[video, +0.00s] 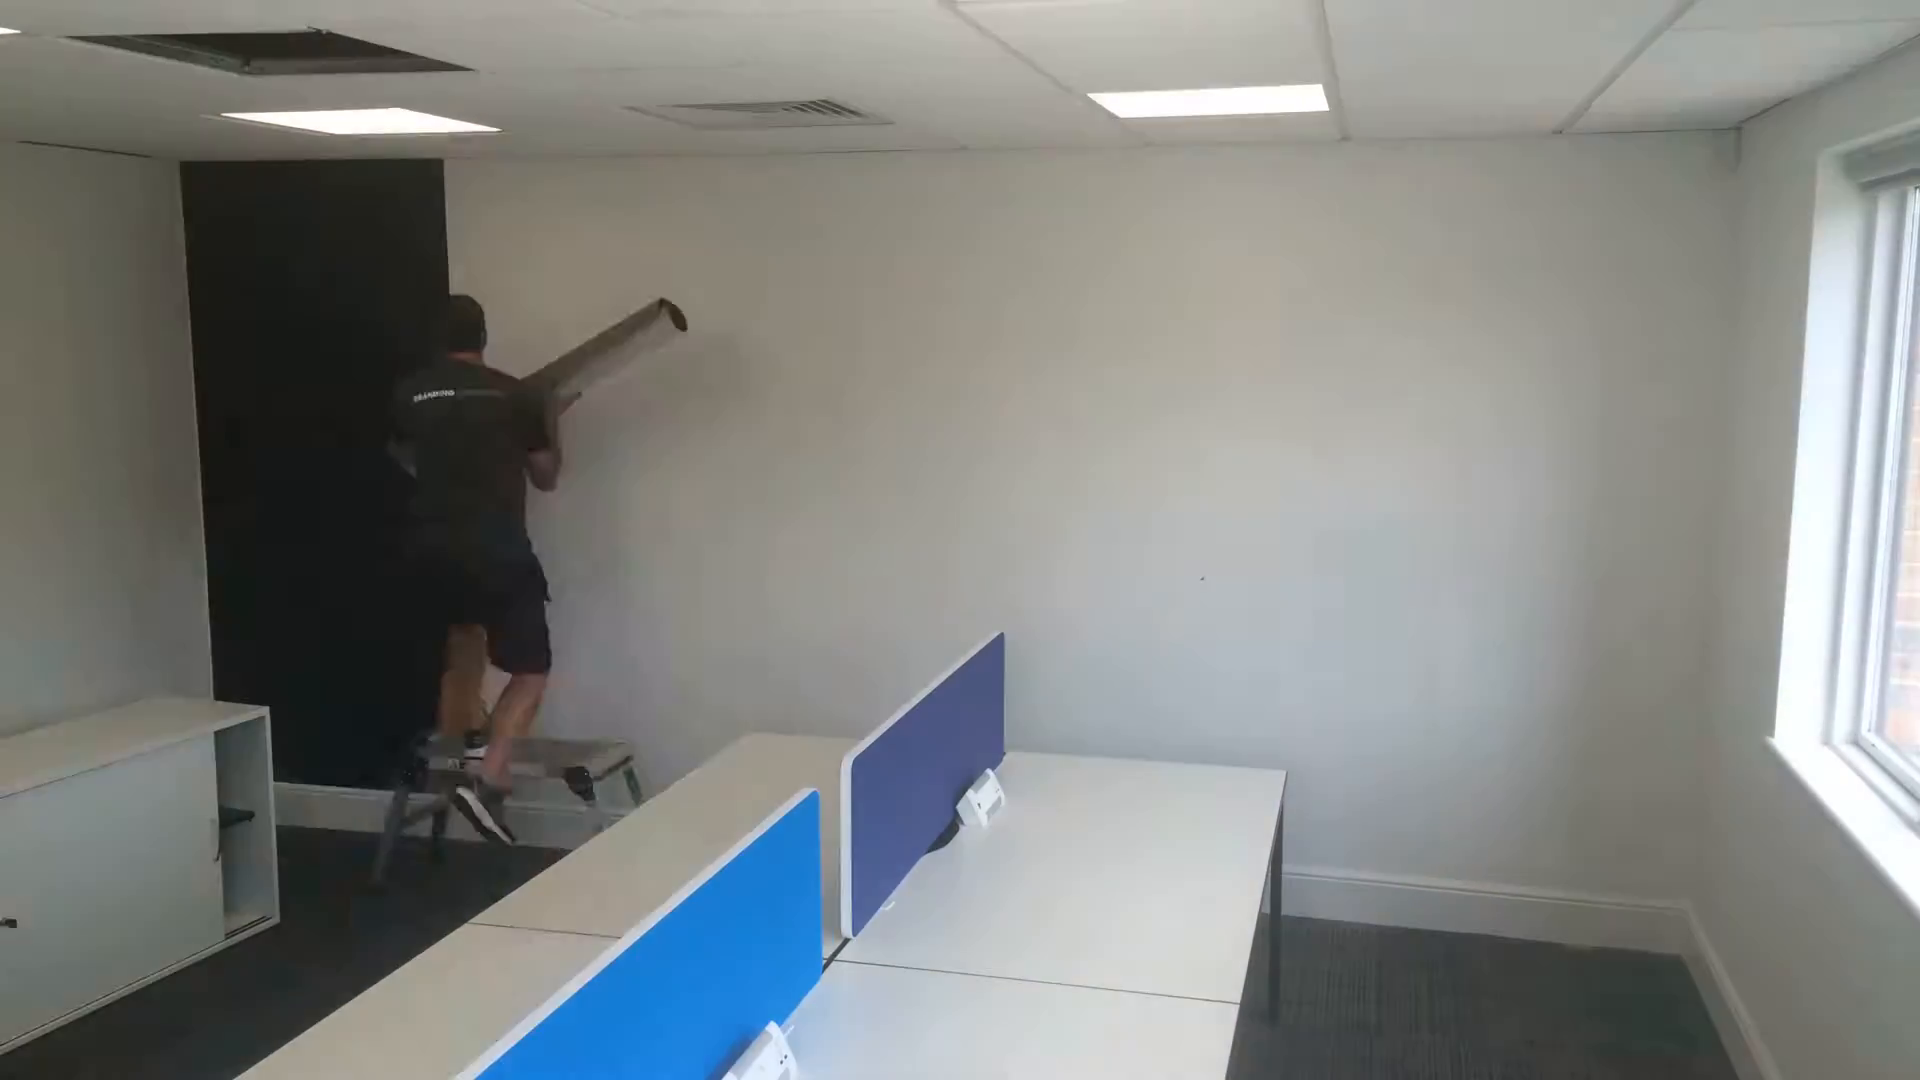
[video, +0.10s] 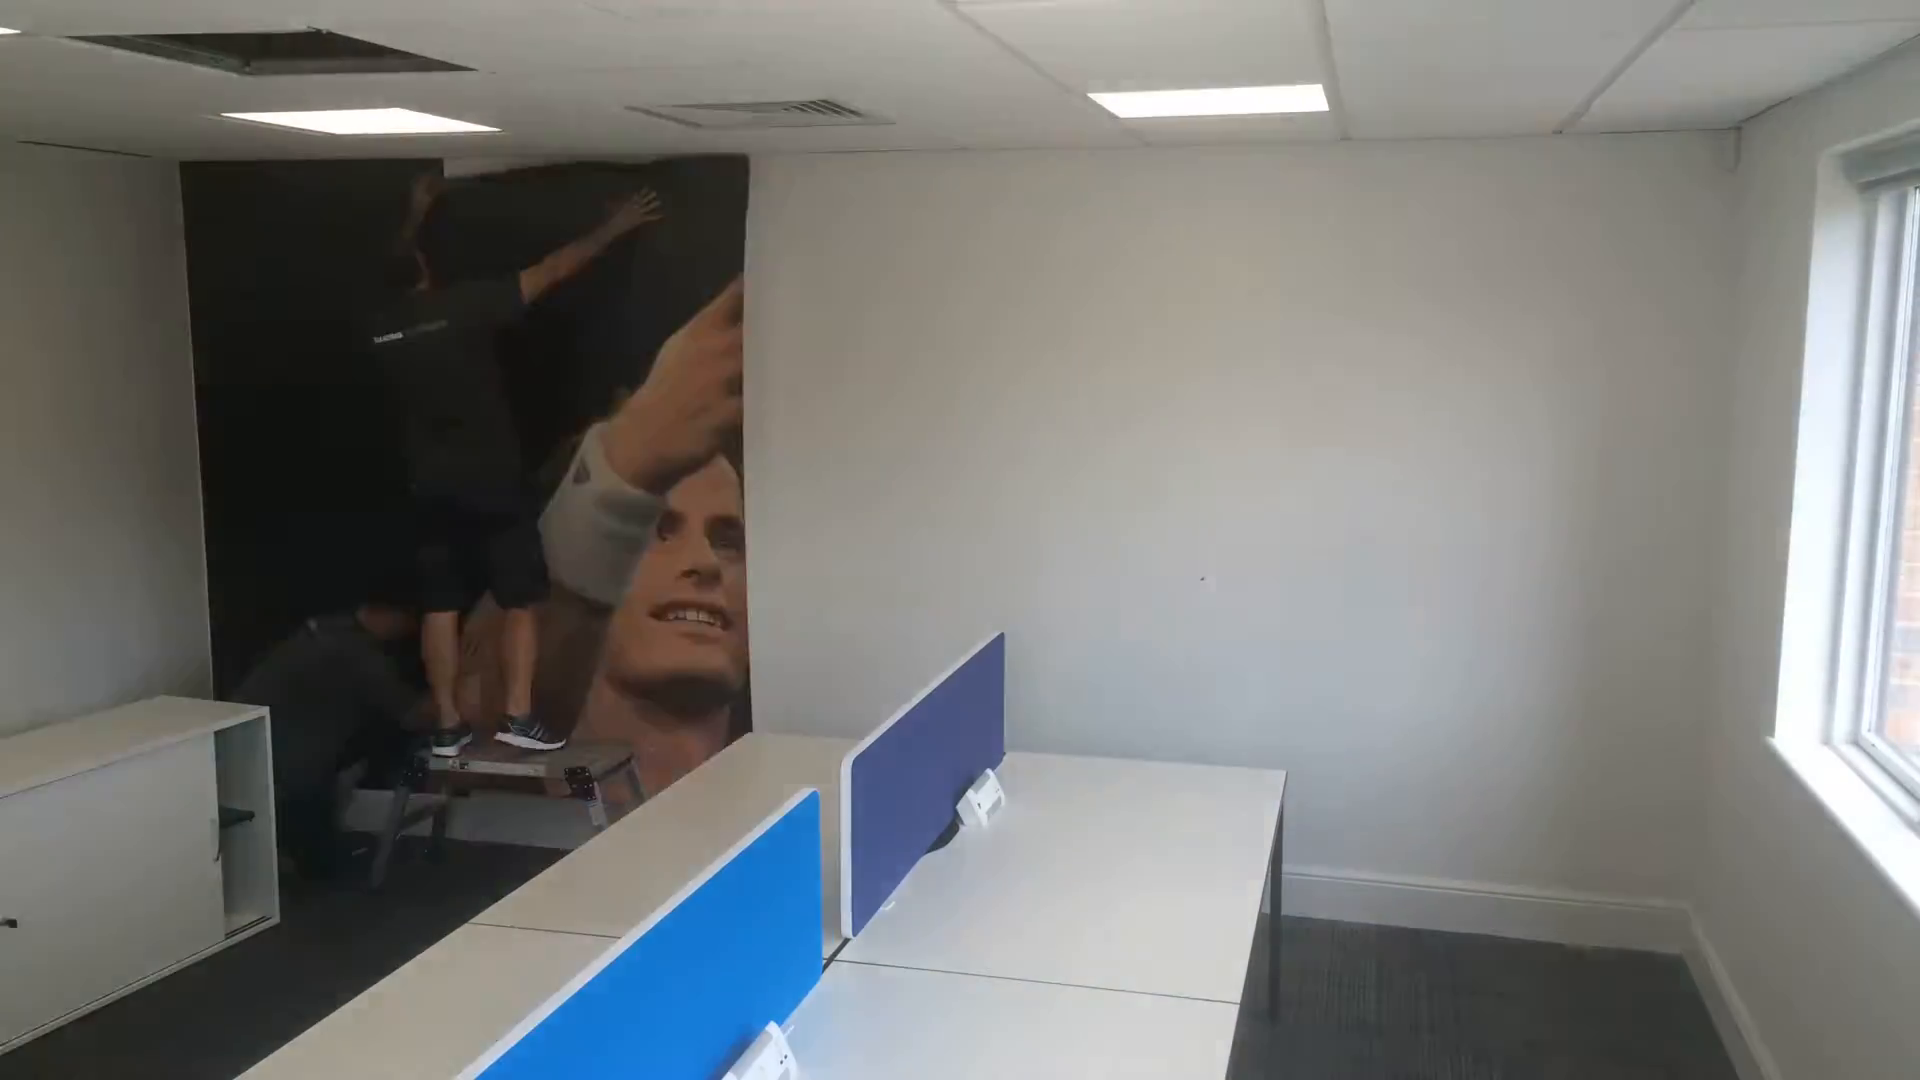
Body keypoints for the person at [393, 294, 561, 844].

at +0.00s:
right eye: (476, 336)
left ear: (437, 341)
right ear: (483, 339)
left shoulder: (410, 392)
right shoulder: (514, 394)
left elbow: (404, 460)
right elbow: (546, 476)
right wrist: (550, 419)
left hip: (433, 544)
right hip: (499, 547)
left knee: (460, 654)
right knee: (529, 673)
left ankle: (446, 763)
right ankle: (484, 784)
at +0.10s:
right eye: (430, 258)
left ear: (395, 281)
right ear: (430, 270)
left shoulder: (383, 329)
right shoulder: (470, 306)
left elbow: (398, 267)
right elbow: (547, 273)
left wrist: (415, 214)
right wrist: (609, 231)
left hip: (428, 483)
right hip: (493, 475)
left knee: (440, 603)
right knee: (519, 595)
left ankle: (446, 724)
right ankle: (518, 720)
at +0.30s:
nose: (447, 283)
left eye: (432, 274)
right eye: (451, 275)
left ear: (413, 279)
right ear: (454, 277)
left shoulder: (394, 323)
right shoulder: (477, 307)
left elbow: (402, 268)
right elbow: (558, 281)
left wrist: (419, 211)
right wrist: (615, 228)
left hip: (432, 481)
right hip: (496, 476)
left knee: (442, 604)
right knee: (520, 599)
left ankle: (445, 726)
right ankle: (515, 722)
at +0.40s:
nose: (419, 307)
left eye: (417, 298)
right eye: (417, 299)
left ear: (427, 288)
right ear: (468, 281)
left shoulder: (420, 337)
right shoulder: (523, 314)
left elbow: (413, 431)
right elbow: (581, 380)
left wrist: (459, 439)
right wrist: (577, 448)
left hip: (466, 491)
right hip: (532, 485)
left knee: (461, 612)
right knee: (537, 611)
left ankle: (459, 728)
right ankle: (532, 733)